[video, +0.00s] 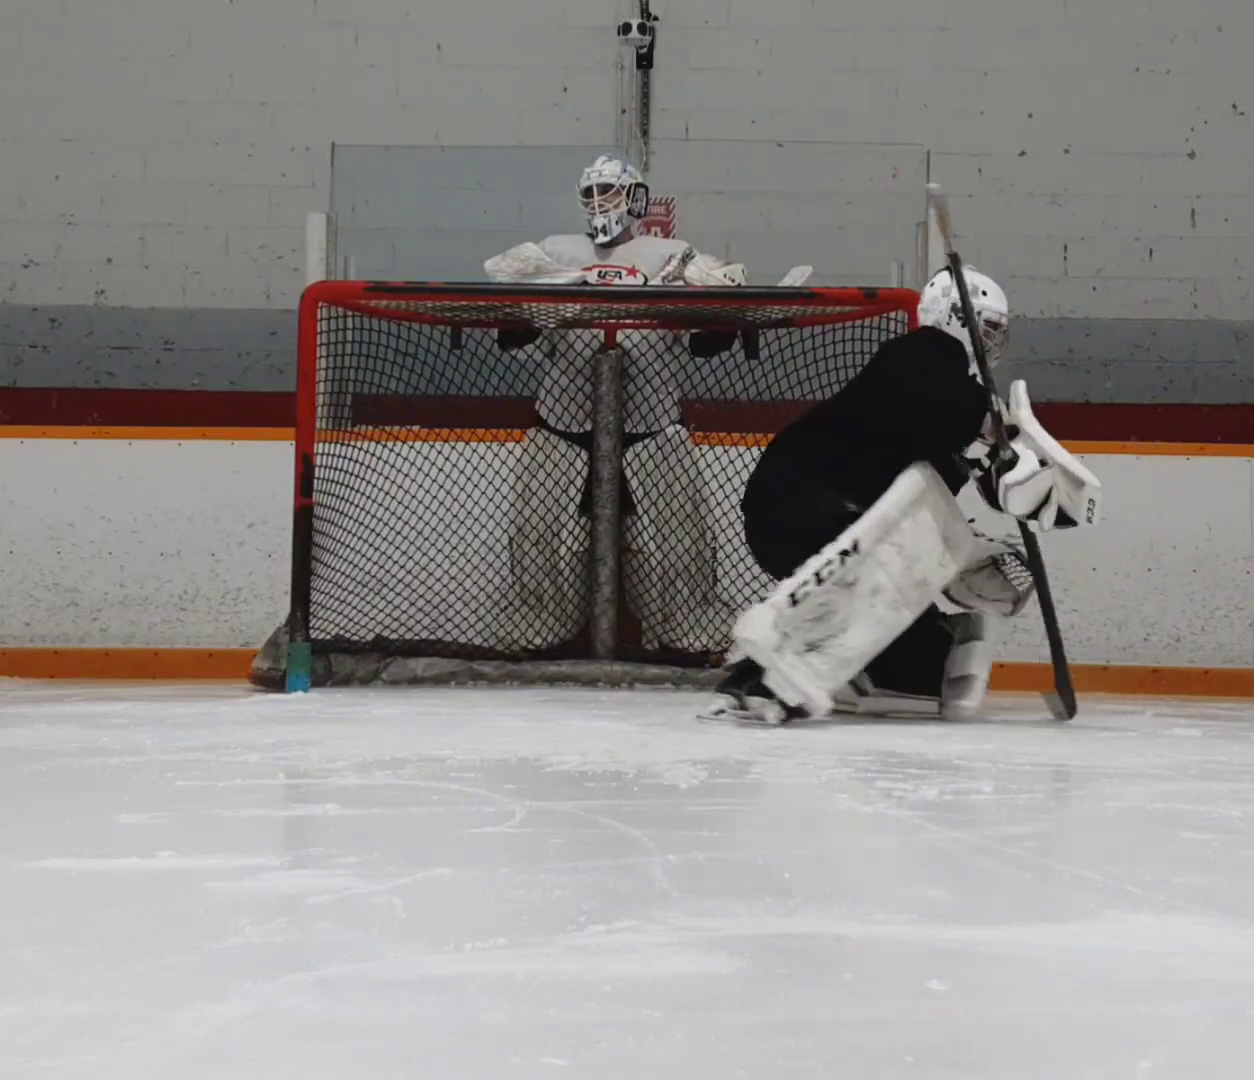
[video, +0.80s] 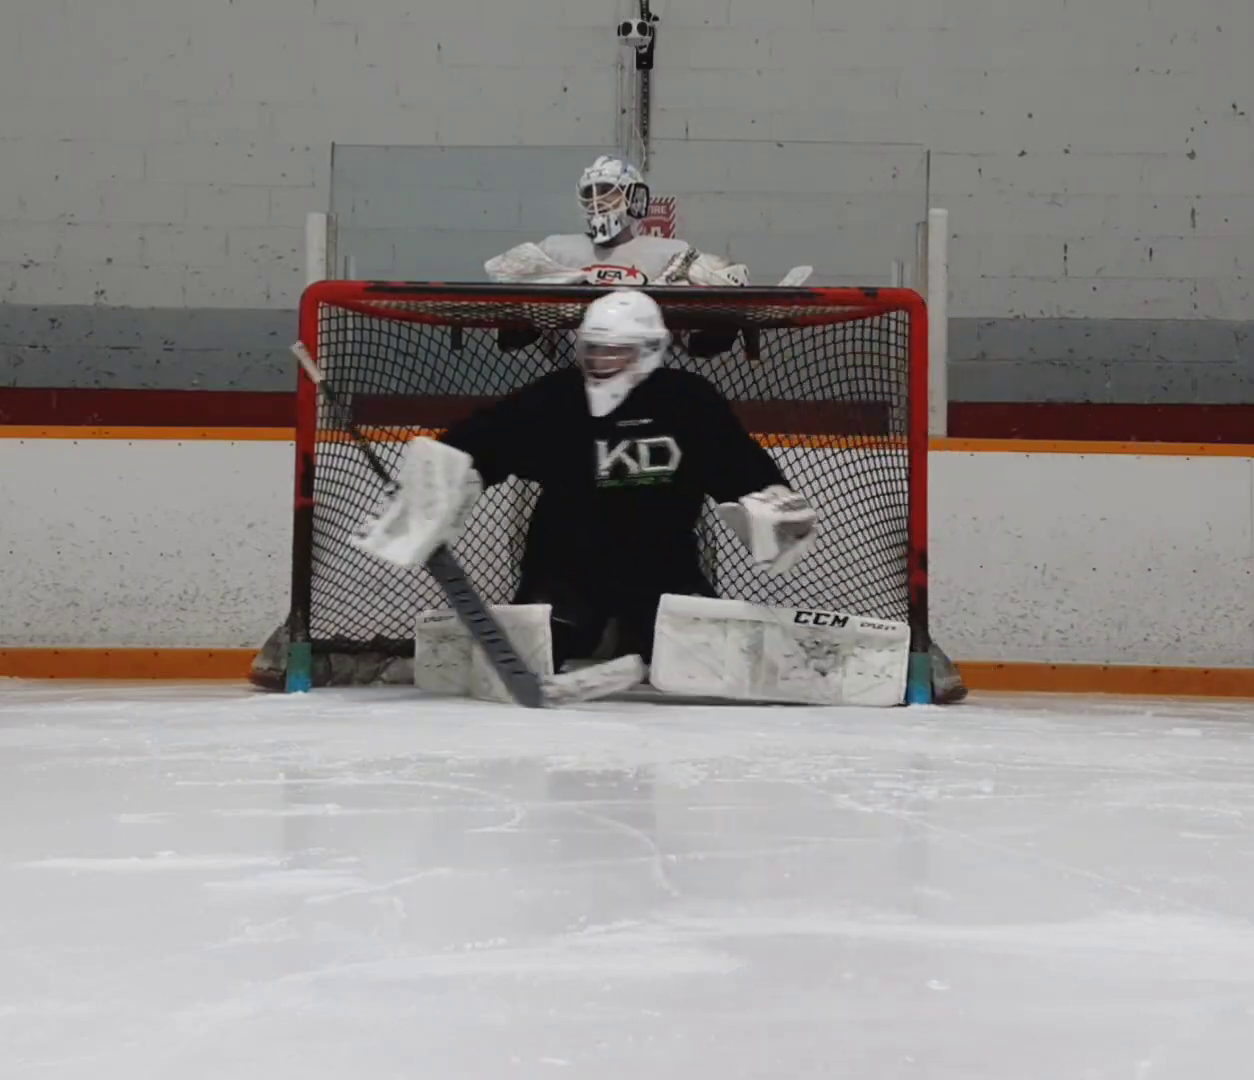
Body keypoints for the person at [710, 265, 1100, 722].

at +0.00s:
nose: (996, 344)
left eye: (999, 332)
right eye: (991, 329)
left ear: (941, 318)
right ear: (961, 319)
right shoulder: (931, 357)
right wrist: (992, 425)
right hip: (799, 499)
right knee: (868, 583)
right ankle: (768, 677)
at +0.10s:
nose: (985, 340)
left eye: (986, 330)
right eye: (979, 328)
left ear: (929, 316)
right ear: (958, 323)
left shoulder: (920, 364)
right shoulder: (920, 358)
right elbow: (926, 421)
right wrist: (983, 432)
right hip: (794, 498)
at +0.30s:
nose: (966, 363)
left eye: (973, 354)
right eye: (958, 349)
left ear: (972, 358)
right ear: (922, 335)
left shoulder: (953, 431)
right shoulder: (874, 365)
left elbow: (919, 513)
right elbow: (837, 439)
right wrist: (891, 453)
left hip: (827, 536)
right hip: (769, 498)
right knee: (688, 584)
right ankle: (582, 666)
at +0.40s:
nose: (937, 372)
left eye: (944, 362)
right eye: (929, 357)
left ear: (942, 365)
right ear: (894, 345)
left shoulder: (933, 437)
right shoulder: (838, 371)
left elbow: (890, 523)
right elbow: (786, 427)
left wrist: (907, 581)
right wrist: (849, 459)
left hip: (806, 556)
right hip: (743, 510)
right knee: (652, 584)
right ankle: (539, 661)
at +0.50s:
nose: (900, 374)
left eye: (908, 365)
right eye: (892, 361)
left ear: (911, 368)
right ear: (855, 350)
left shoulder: (897, 437)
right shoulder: (798, 379)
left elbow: (880, 517)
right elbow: (722, 421)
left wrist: (892, 573)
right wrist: (765, 472)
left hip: (790, 556)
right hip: (715, 523)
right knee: (624, 602)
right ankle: (517, 651)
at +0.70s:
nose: (740, 365)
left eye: (750, 355)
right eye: (728, 352)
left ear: (761, 356)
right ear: (696, 349)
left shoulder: (775, 415)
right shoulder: (644, 395)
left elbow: (807, 486)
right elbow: (560, 442)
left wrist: (844, 534)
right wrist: (533, 519)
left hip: (710, 583)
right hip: (619, 577)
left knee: (753, 676)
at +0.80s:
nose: (603, 360)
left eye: (617, 350)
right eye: (594, 349)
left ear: (649, 350)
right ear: (580, 347)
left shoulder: (688, 401)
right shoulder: (552, 401)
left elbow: (750, 475)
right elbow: (479, 441)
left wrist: (772, 514)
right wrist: (431, 473)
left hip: (661, 600)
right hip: (562, 597)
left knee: (665, 741)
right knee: (554, 737)